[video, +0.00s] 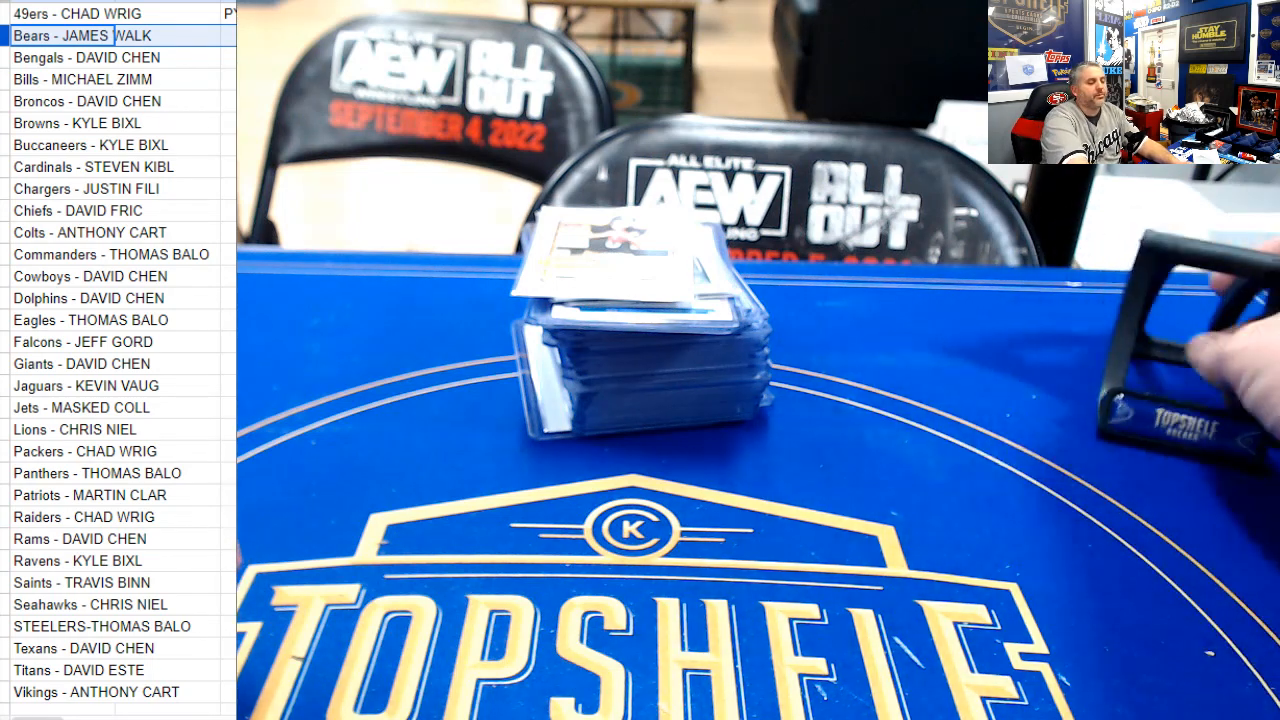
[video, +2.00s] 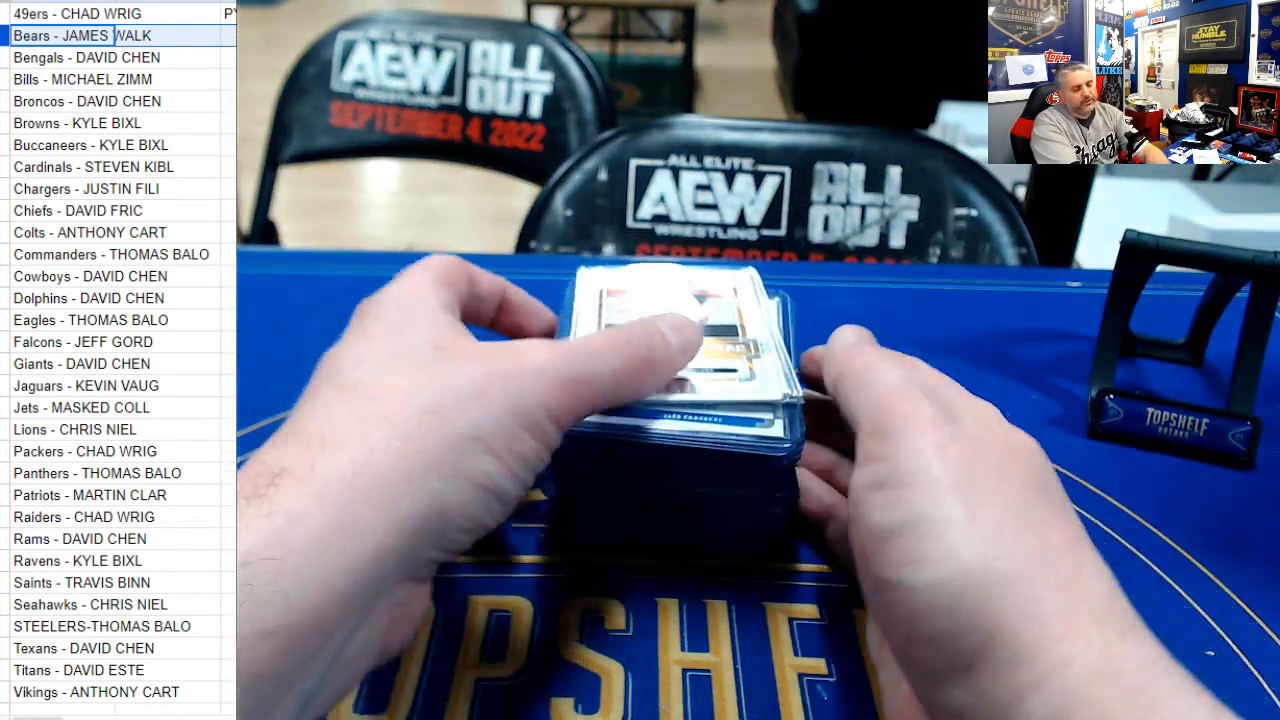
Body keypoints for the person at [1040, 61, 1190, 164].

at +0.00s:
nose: (1100, 87)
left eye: (1103, 81)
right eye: (1091, 82)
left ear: (1106, 85)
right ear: (1075, 90)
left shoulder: (1113, 112)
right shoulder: (1060, 118)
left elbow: (1146, 146)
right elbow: (1077, 166)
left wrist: (1178, 164)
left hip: (1115, 184)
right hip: (1078, 191)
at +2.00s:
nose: (1086, 93)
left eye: (1089, 84)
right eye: (1077, 89)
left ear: (1096, 85)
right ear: (1061, 95)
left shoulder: (1111, 114)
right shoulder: (1047, 123)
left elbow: (1147, 150)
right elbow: (1067, 177)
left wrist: (1171, 179)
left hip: (1116, 190)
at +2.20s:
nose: (1083, 92)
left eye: (1086, 84)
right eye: (1073, 88)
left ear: (1092, 85)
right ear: (1058, 96)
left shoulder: (1109, 114)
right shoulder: (1045, 124)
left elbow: (1146, 150)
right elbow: (1069, 176)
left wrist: (1177, 175)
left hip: (1114, 188)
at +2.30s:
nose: (1082, 91)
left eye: (1084, 83)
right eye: (1072, 87)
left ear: (1091, 85)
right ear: (1057, 96)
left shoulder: (1107, 113)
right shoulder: (1045, 123)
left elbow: (1146, 150)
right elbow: (1069, 176)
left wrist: (1181, 174)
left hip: (1112, 190)